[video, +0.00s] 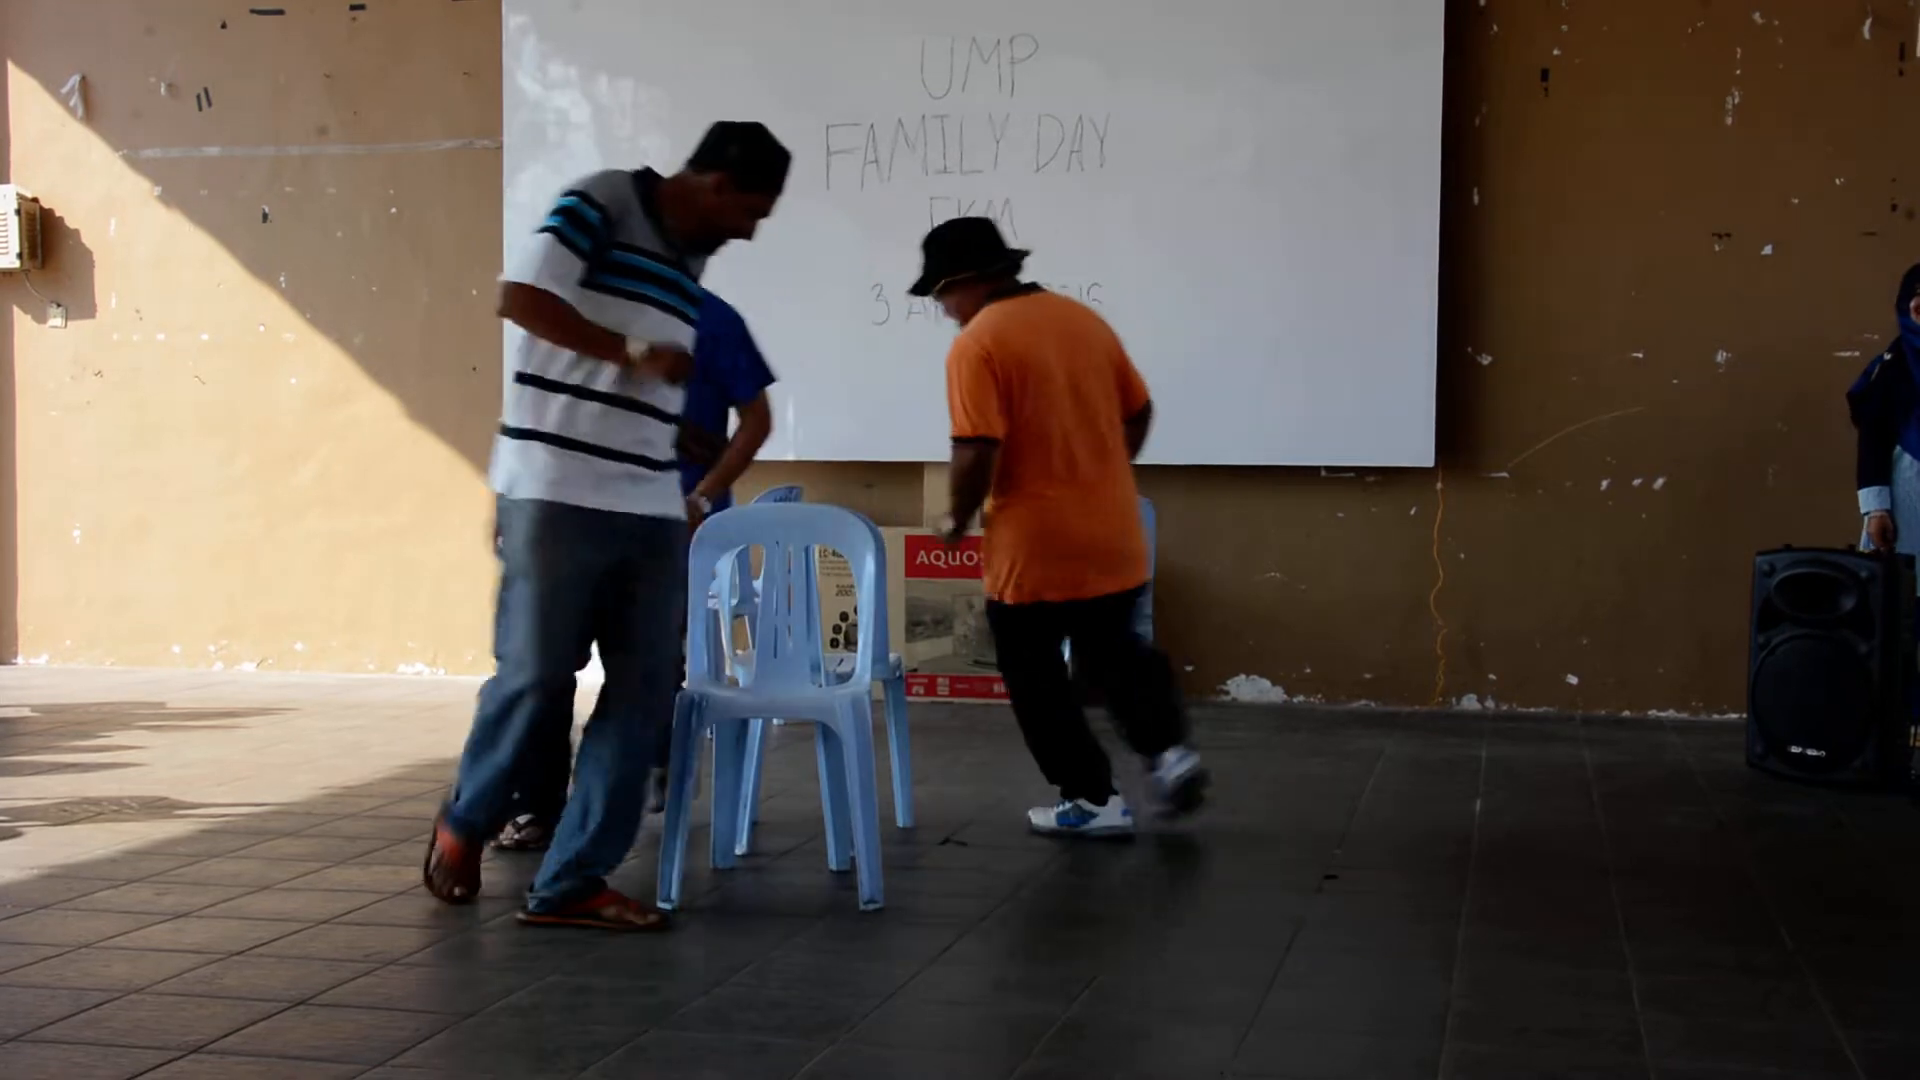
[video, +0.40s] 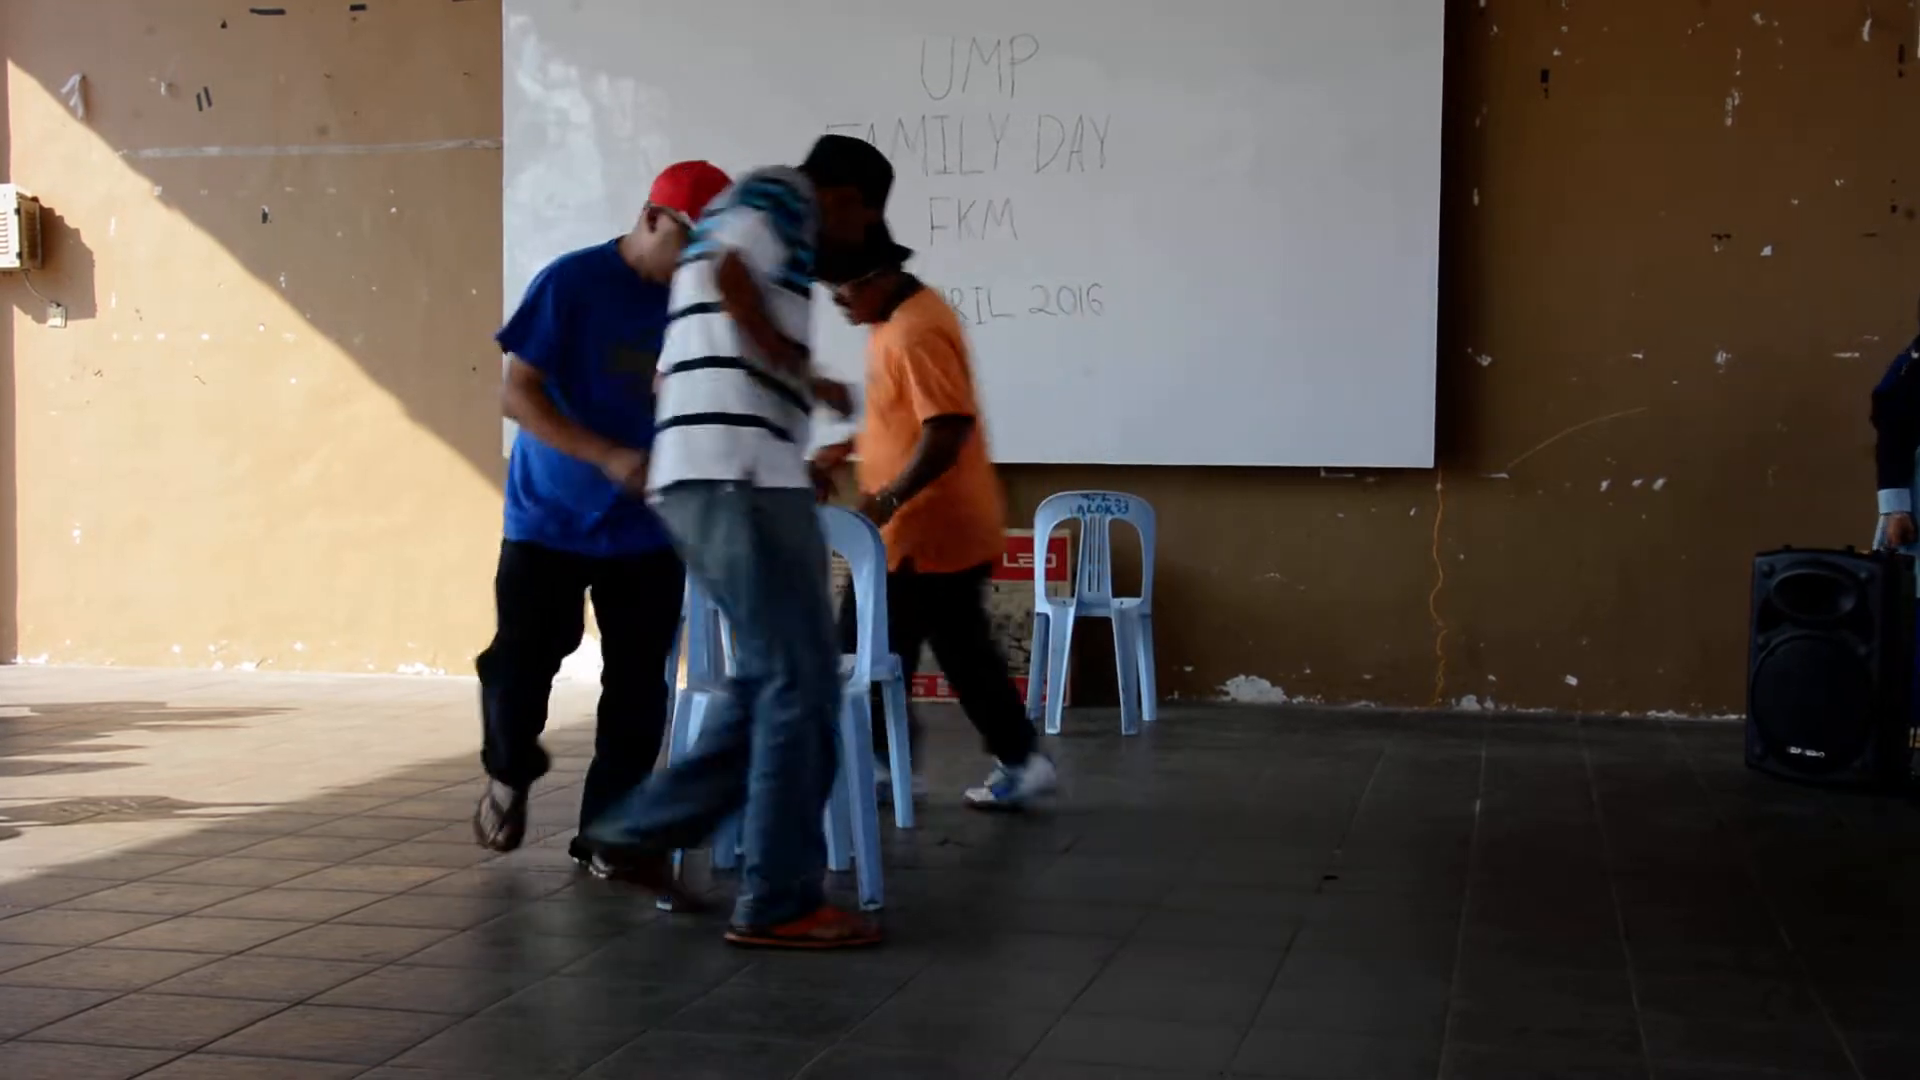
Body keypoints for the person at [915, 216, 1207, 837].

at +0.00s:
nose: (945, 309)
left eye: (944, 294)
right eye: (939, 297)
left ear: (968, 279)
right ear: (1003, 270)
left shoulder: (978, 344)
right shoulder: (1082, 318)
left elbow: (975, 454)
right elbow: (1137, 408)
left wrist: (956, 518)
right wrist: (1103, 474)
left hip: (1032, 540)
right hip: (1112, 528)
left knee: (1031, 674)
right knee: (1113, 649)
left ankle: (1090, 797)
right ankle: (1168, 753)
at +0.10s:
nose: (918, 304)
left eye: (918, 290)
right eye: (913, 293)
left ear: (942, 276)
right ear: (977, 265)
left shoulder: (962, 336)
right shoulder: (1055, 309)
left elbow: (963, 442)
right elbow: (1113, 386)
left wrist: (923, 502)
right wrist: (1076, 450)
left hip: (1015, 541)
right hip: (1086, 531)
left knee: (1027, 677)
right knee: (1071, 658)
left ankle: (1093, 797)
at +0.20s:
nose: (898, 303)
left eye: (899, 290)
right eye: (893, 293)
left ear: (926, 273)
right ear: (949, 266)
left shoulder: (944, 332)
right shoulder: (1028, 304)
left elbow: (952, 434)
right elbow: (1073, 374)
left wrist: (907, 498)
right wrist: (1025, 427)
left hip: (988, 529)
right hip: (1052, 518)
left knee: (977, 657)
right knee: (1023, 649)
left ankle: (1074, 765)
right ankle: (1028, 771)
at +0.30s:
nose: (869, 308)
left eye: (873, 295)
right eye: (864, 298)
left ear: (905, 282)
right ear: (923, 276)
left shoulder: (936, 338)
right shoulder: (978, 316)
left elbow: (953, 443)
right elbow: (980, 427)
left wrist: (896, 516)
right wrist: (913, 460)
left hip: (959, 533)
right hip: (1007, 524)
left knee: (918, 648)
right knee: (998, 655)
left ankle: (996, 757)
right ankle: (1033, 772)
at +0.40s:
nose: (842, 307)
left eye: (845, 295)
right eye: (838, 297)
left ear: (876, 281)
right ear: (878, 279)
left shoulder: (914, 331)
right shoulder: (903, 320)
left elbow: (949, 425)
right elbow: (902, 421)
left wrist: (888, 497)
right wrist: (847, 452)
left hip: (931, 529)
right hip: (937, 524)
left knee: (876, 653)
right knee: (965, 649)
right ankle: (1021, 758)